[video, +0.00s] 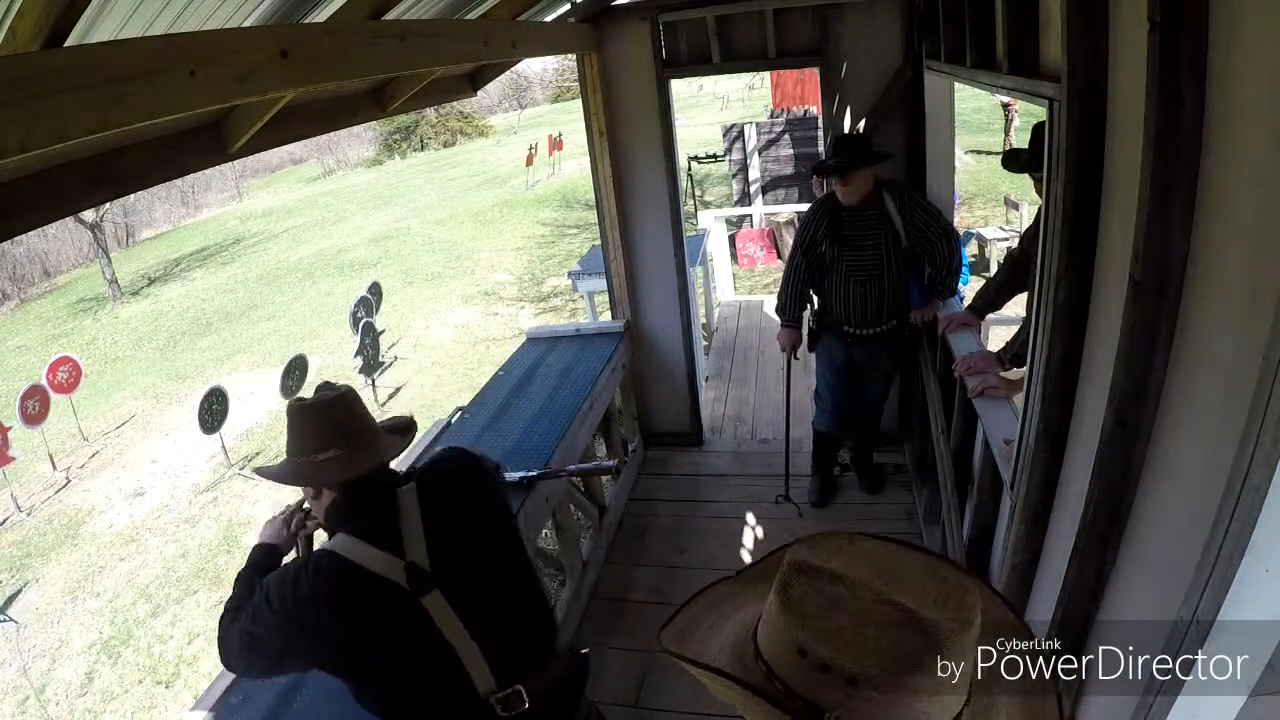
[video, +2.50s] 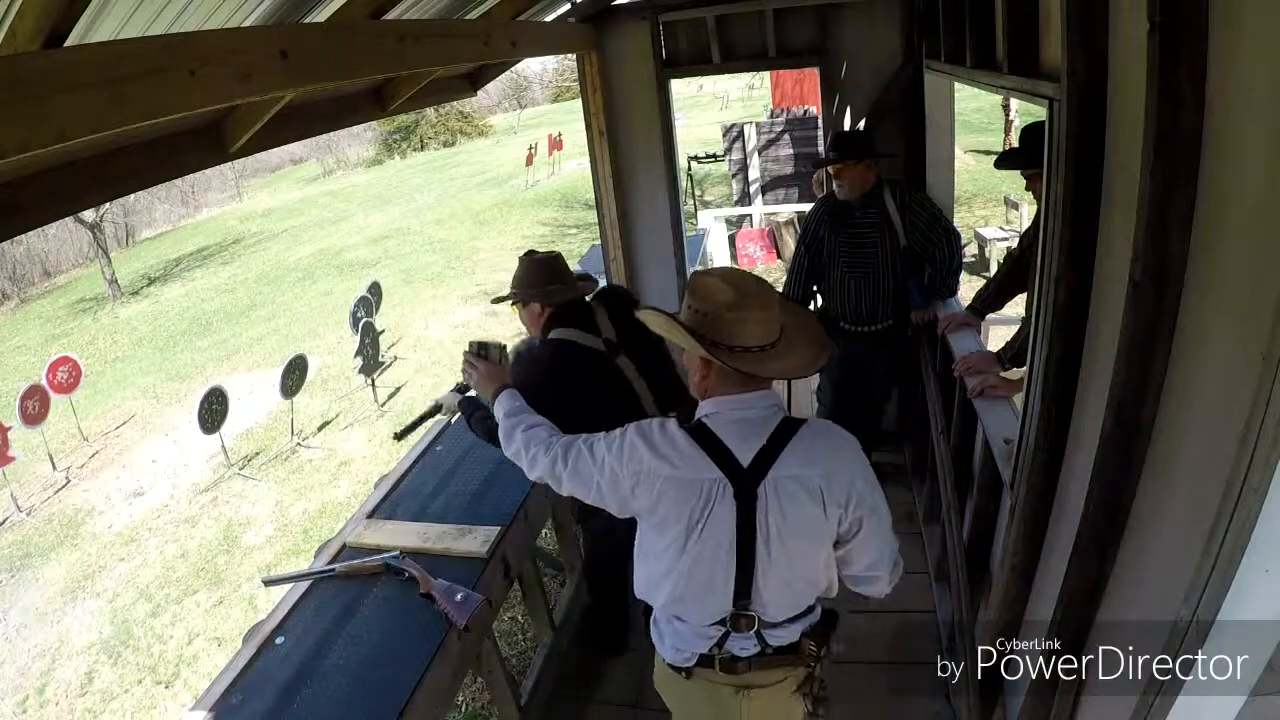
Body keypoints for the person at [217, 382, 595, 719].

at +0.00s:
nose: (303, 494)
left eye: (303, 483)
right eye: (303, 484)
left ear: (317, 489)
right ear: (384, 453)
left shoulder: (314, 591)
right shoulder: (466, 476)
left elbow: (235, 642)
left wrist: (267, 550)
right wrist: (339, 507)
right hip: (557, 683)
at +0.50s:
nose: (302, 491)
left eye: (300, 482)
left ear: (312, 490)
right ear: (380, 458)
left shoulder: (306, 589)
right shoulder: (448, 479)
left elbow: (278, 636)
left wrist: (254, 543)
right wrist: (333, 502)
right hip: (546, 683)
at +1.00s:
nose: (342, 465)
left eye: (342, 457)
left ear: (351, 466)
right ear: (421, 435)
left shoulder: (325, 559)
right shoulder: (488, 464)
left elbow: (287, 591)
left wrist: (282, 510)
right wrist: (380, 476)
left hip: (435, 715)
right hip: (546, 685)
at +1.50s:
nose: (456, 396)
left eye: (458, 386)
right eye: (457, 385)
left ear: (470, 392)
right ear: (530, 379)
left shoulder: (453, 476)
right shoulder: (589, 433)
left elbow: (396, 545)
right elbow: (615, 526)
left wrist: (388, 467)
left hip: (530, 648)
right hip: (611, 619)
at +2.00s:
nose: (497, 356)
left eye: (497, 347)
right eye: (495, 347)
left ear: (514, 350)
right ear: (554, 330)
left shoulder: (521, 407)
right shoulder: (617, 353)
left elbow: (460, 472)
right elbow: (662, 421)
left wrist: (394, 523)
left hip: (619, 534)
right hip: (683, 501)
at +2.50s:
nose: (519, 317)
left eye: (520, 308)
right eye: (517, 308)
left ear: (539, 310)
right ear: (575, 292)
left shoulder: (541, 360)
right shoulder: (619, 310)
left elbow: (507, 431)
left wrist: (465, 404)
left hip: (607, 484)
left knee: (607, 564)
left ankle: (614, 638)